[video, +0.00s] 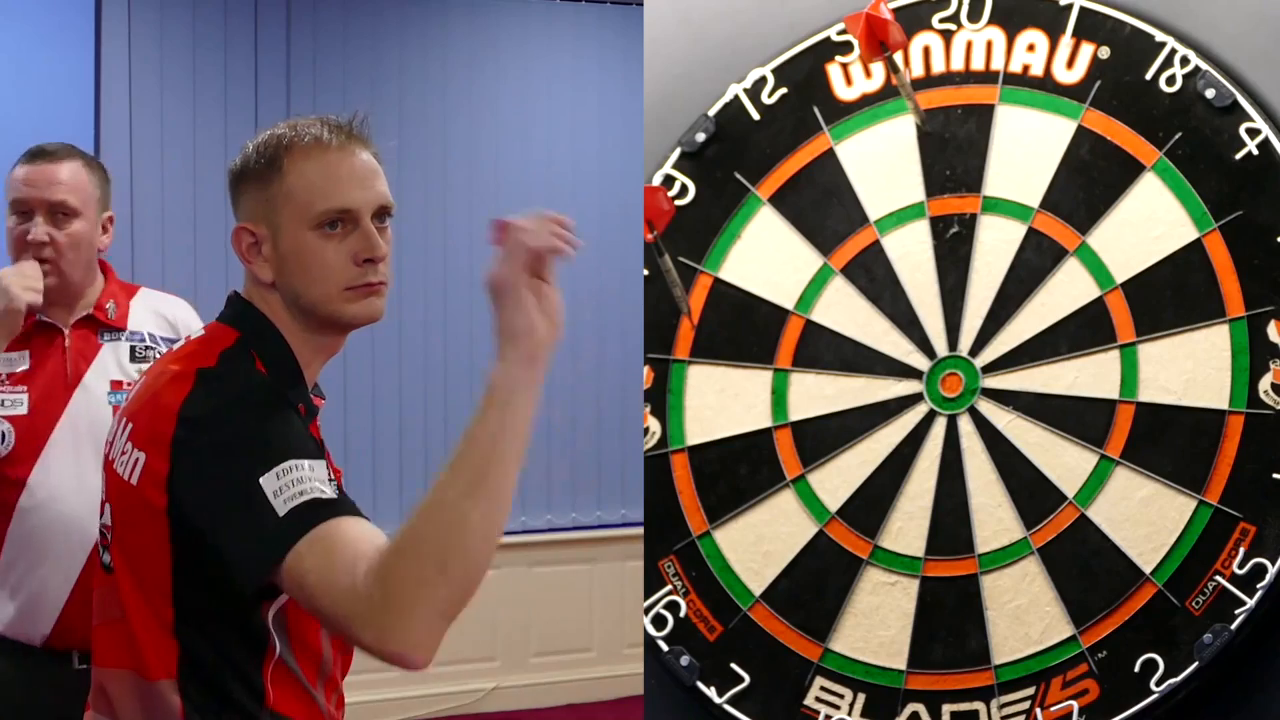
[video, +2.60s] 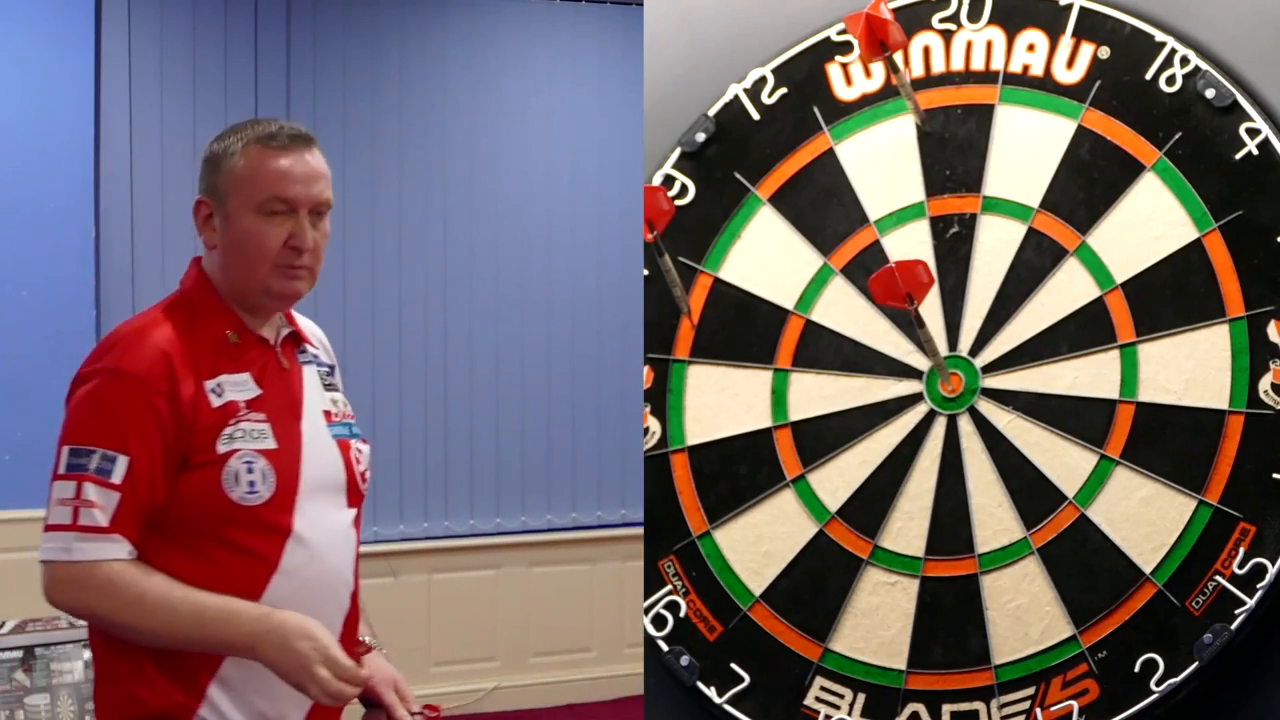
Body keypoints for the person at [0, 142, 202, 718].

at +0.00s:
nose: (36, 233)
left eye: (61, 215)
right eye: (22, 214)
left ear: (105, 230)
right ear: (6, 222)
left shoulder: (170, 323)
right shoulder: (1, 331)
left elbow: (216, 467)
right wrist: (4, 332)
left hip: (145, 660)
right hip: (17, 659)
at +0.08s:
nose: (51, 227)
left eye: (73, 210)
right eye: (32, 210)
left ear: (108, 228)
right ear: (9, 226)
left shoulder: (166, 324)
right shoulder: (2, 334)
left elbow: (215, 460)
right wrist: (5, 370)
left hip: (148, 659)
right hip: (19, 660)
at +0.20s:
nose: (66, 222)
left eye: (87, 205)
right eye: (46, 205)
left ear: (115, 226)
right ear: (16, 227)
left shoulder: (169, 325)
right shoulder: (2, 334)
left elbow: (214, 461)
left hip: (152, 657)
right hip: (23, 660)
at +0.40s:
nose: (99, 213)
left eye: (116, 199)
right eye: (76, 197)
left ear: (134, 221)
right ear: (36, 223)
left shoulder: (181, 326)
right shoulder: (5, 336)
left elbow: (227, 469)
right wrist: (54, 548)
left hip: (163, 652)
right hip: (31, 657)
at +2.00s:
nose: (153, 249)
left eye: (170, 227)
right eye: (128, 224)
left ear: (185, 231)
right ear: (69, 222)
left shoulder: (211, 346)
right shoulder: (9, 357)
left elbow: (230, 499)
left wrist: (247, 605)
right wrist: (90, 610)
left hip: (199, 697)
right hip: (47, 699)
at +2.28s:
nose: (236, 289)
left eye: (254, 265)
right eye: (212, 263)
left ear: (268, 255)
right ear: (147, 244)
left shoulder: (261, 360)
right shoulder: (63, 377)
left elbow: (260, 530)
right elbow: (7, 577)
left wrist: (296, 637)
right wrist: (166, 637)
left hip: (244, 704)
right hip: (102, 708)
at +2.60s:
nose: (305, 239)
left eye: (319, 214)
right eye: (276, 213)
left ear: (331, 221)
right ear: (209, 224)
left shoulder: (309, 346)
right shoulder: (140, 362)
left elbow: (316, 532)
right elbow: (75, 572)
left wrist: (362, 652)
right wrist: (263, 630)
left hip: (311, 704)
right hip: (184, 708)